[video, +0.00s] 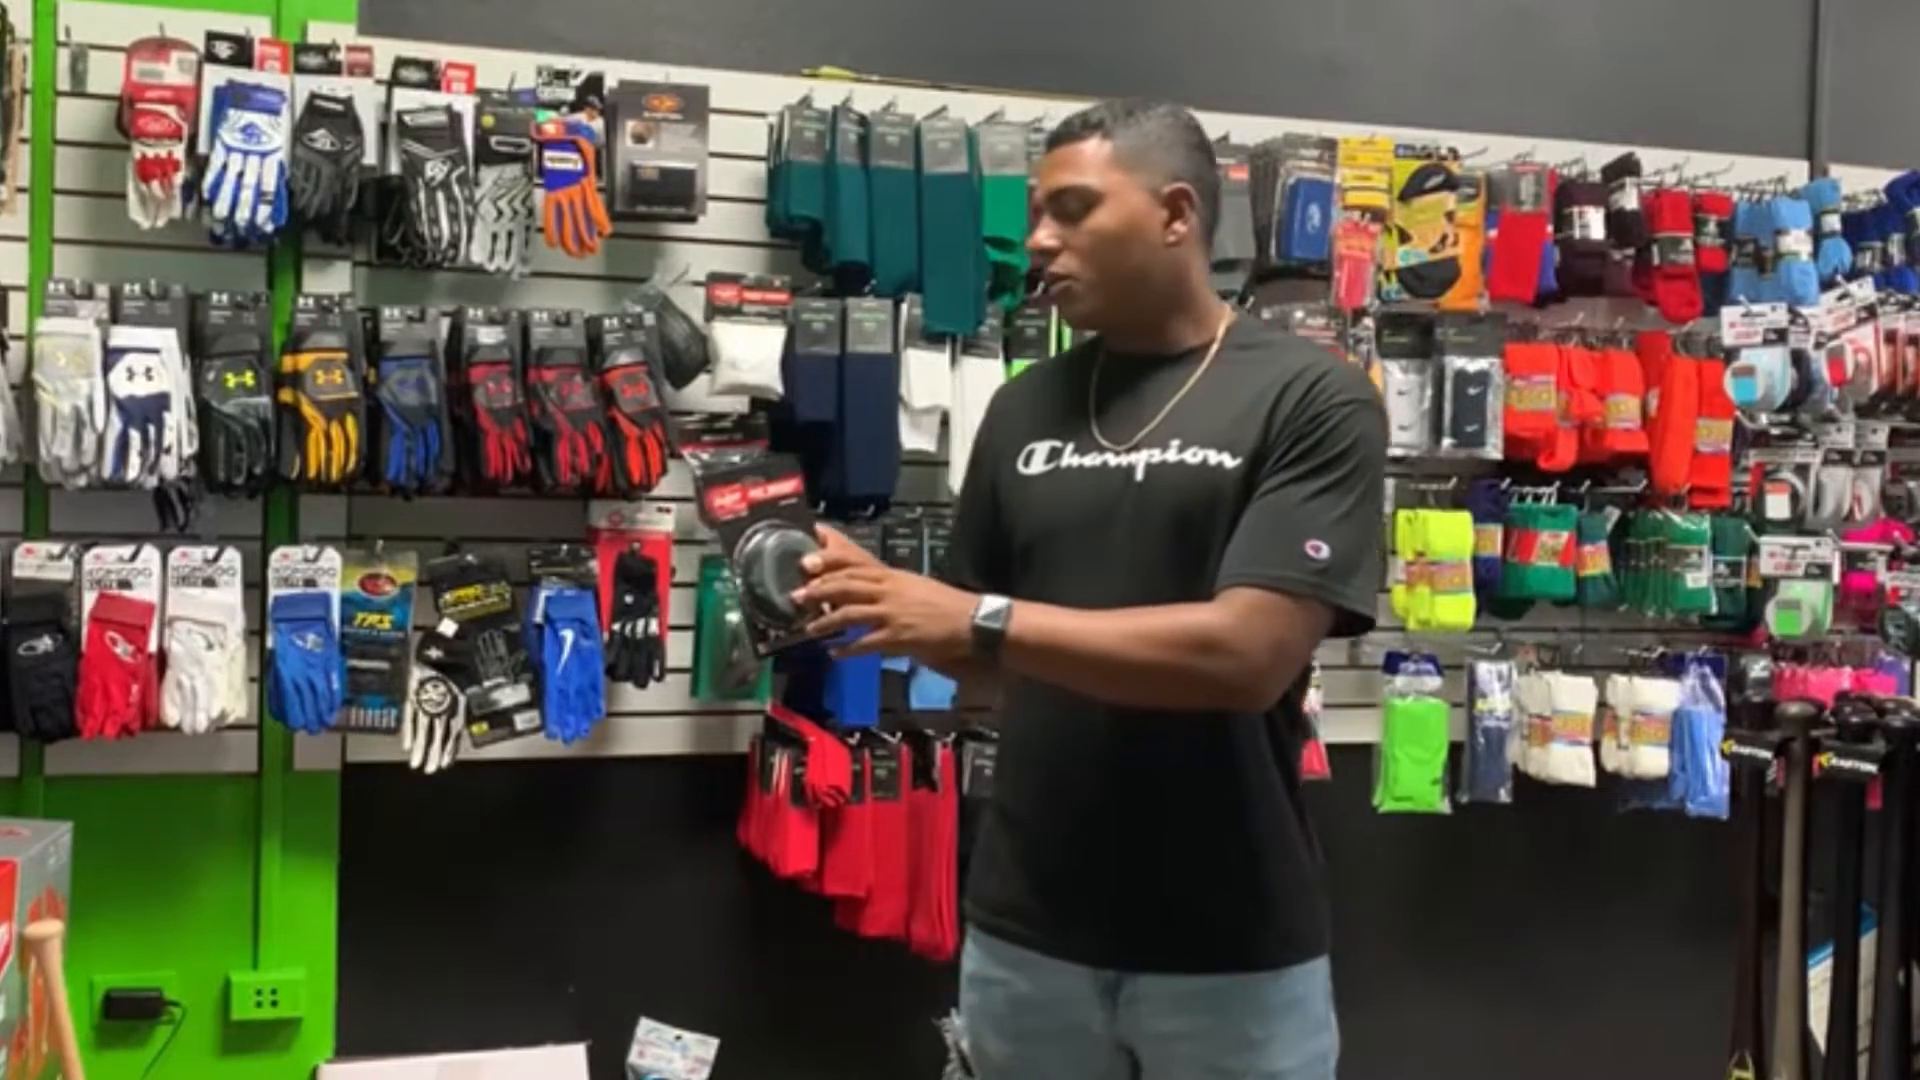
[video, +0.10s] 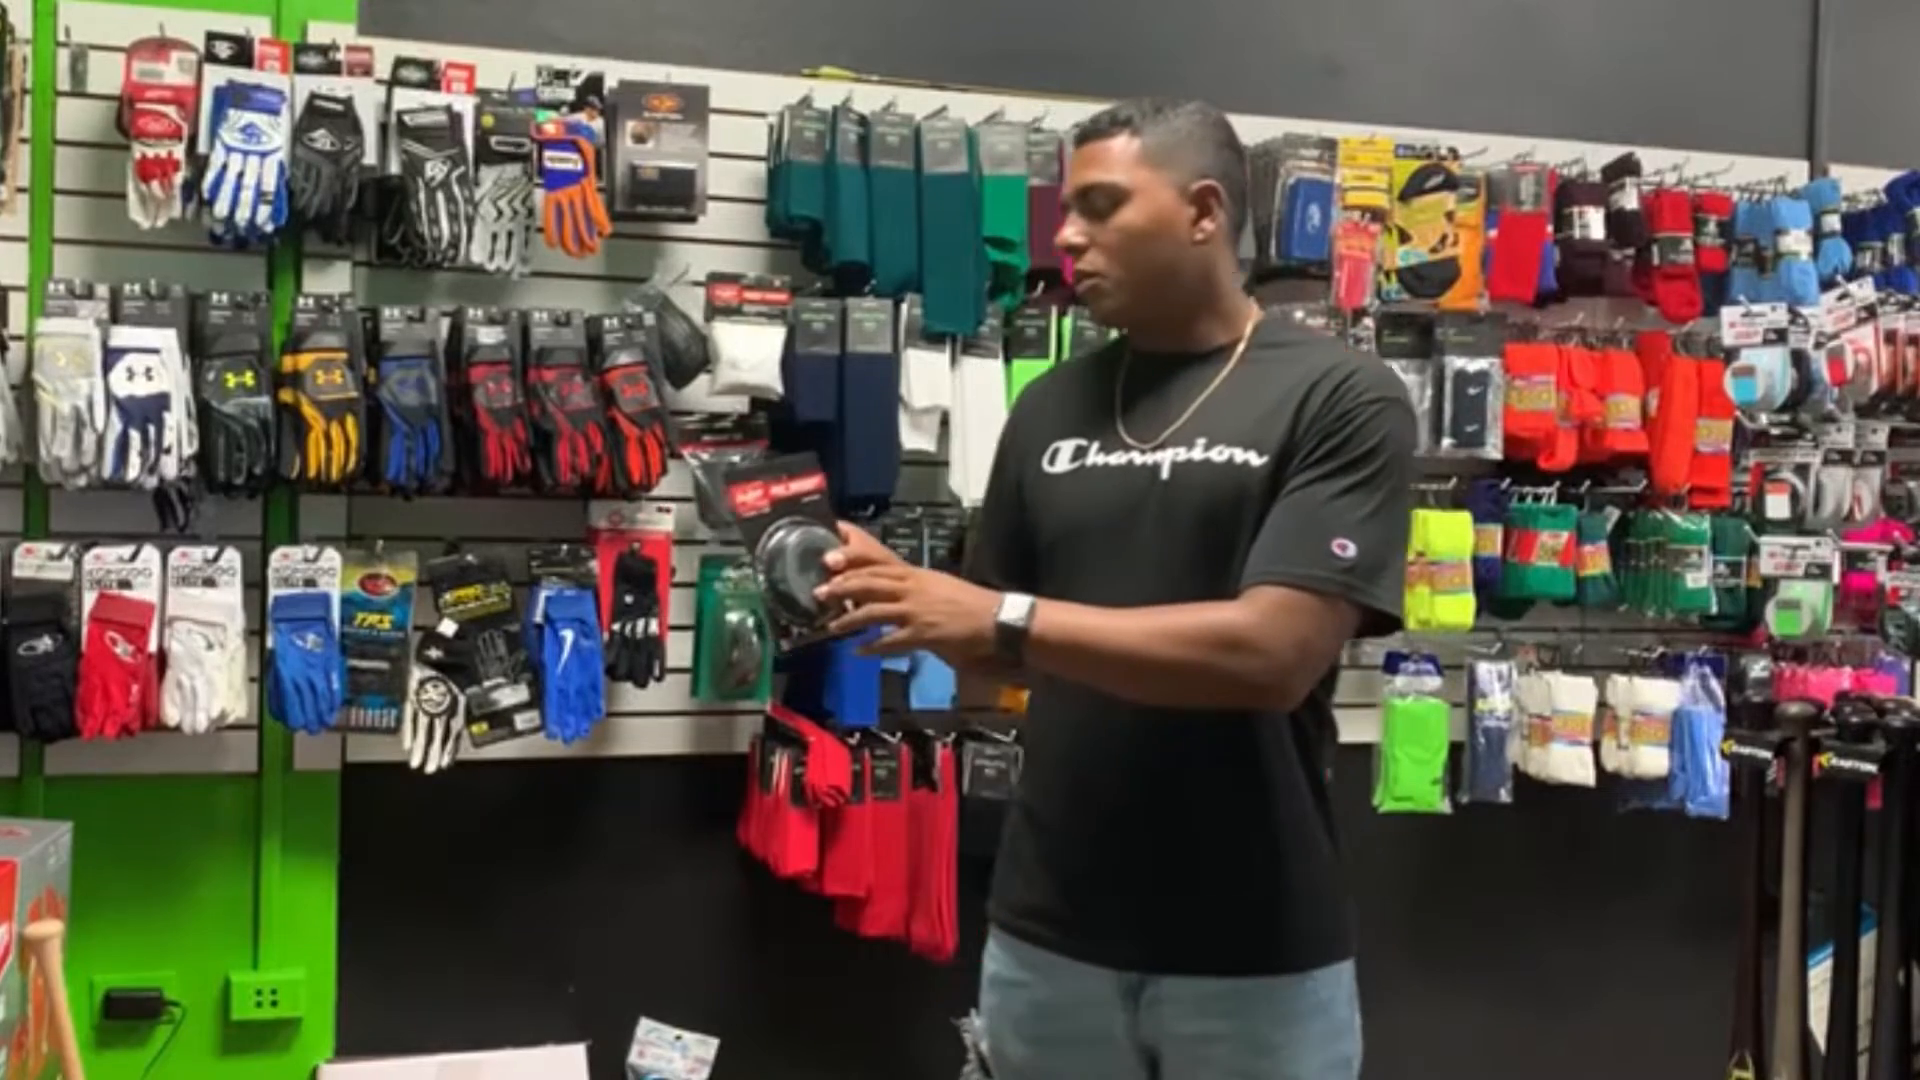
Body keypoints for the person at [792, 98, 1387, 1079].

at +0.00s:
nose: (1038, 243)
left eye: (1072, 207)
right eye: (1038, 215)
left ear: (1176, 214)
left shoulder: (1314, 396)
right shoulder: (1022, 408)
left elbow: (1249, 657)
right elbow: (985, 655)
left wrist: (973, 622)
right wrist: (870, 604)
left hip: (1232, 946)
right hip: (1027, 935)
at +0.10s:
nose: (1067, 238)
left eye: (1100, 204)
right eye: (1068, 211)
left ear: (1204, 211)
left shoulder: (1343, 394)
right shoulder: (1047, 407)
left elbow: (1274, 655)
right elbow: (1004, 650)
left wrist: (998, 619)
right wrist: (892, 599)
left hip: (1254, 948)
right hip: (1048, 936)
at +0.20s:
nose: (1098, 236)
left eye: (1131, 202)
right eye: (1100, 209)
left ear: (1234, 210)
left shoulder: (1373, 395)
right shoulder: (1077, 404)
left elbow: (1299, 657)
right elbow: (1037, 651)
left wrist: (1022, 616)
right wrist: (929, 600)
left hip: (1282, 952)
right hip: (1074, 940)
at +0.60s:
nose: (1216, 230)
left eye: (1250, 197)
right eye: (1215, 202)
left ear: (1361, 212)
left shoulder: (1497, 404)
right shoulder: (1183, 404)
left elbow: (1408, 666)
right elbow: (1145, 658)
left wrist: (1121, 617)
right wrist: (1023, 596)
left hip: (1384, 968)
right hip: (1169, 949)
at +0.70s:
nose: (1237, 231)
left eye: (1272, 198)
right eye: (1237, 202)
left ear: (1385, 214)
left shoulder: (1521, 407)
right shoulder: (1203, 404)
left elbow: (1431, 670)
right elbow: (1158, 652)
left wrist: (1142, 618)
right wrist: (1042, 595)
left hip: (1401, 974)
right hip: (1183, 950)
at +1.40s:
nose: (1373, 202)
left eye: (1413, 176)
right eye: (1346, 176)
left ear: (1481, 212)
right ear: (1311, 209)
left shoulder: (1568, 417)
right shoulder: (1239, 398)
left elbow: (1479, 687)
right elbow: (1191, 643)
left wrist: (1192, 628)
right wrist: (1083, 599)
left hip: (1436, 980)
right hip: (1216, 953)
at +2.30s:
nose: (1250, 202)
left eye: (1291, 175)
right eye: (1225, 178)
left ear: (1366, 209)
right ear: (1204, 208)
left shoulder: (1453, 400)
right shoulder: (1158, 381)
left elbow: (1431, 694)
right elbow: (1112, 604)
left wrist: (1150, 648)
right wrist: (1033, 624)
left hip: (1341, 954)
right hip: (1146, 924)